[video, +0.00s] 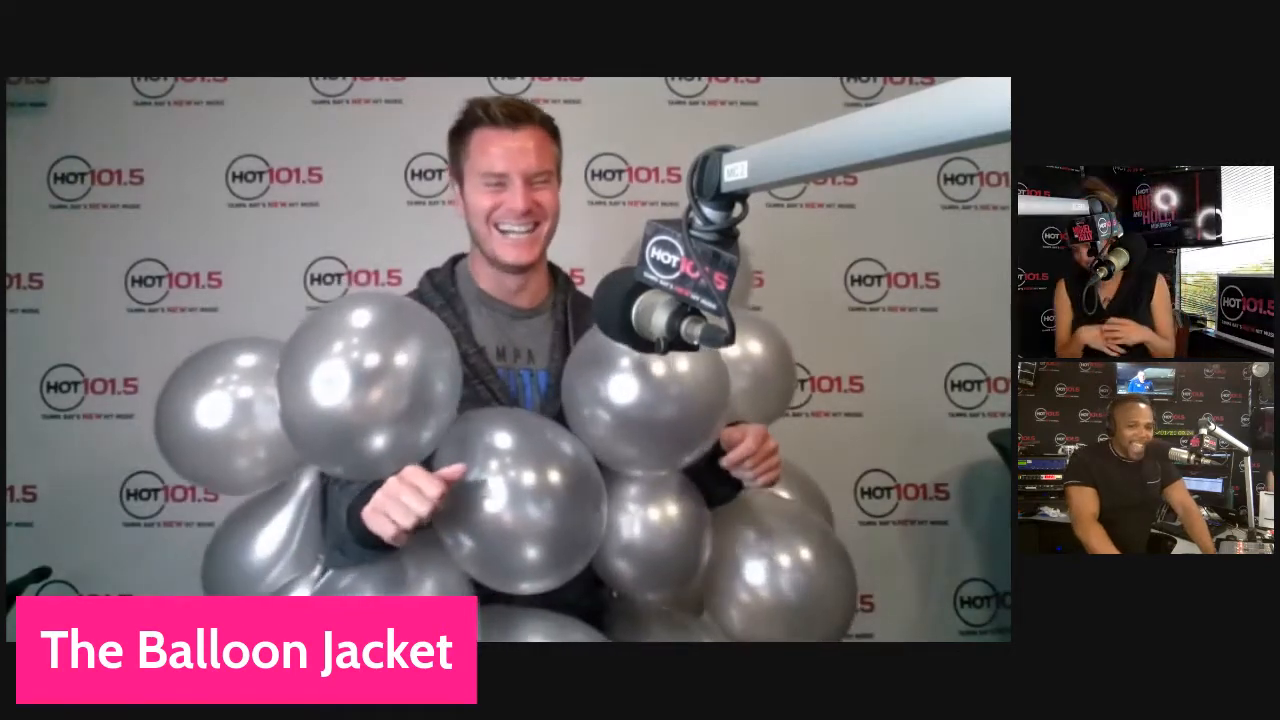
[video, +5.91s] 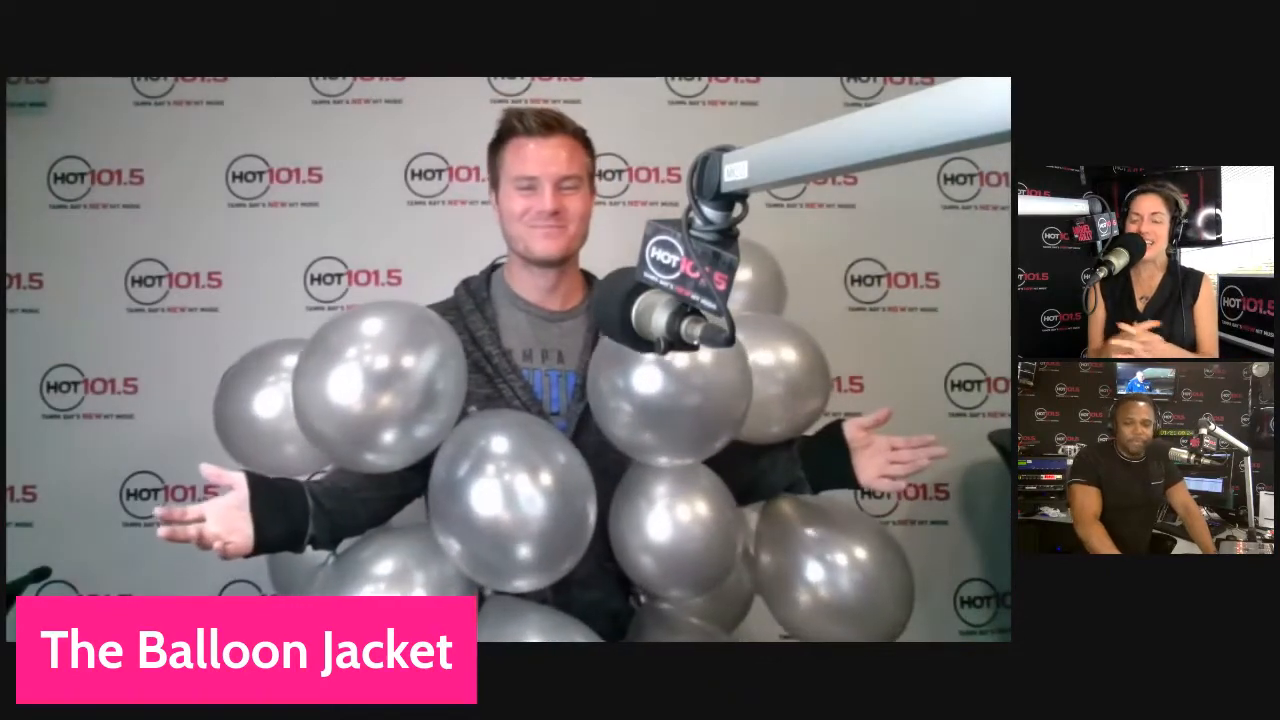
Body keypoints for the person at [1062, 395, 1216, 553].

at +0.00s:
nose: (1142, 434)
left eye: (1148, 427)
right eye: (1132, 426)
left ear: (1154, 429)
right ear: (1111, 428)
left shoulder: (1156, 457)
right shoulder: (1086, 460)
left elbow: (1186, 507)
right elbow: (1085, 523)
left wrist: (1210, 552)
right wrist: (1118, 562)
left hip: (1142, 557)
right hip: (1097, 558)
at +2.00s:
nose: (1141, 431)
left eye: (1147, 424)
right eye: (1130, 424)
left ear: (1153, 427)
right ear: (1111, 428)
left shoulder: (1157, 457)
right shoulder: (1088, 460)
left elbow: (1187, 508)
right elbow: (1086, 524)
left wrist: (1211, 552)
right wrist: (1119, 562)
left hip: (1143, 554)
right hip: (1100, 555)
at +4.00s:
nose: (1142, 430)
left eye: (1147, 423)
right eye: (1132, 423)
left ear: (1153, 427)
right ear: (1112, 428)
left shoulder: (1157, 457)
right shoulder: (1087, 460)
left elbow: (1187, 508)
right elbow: (1086, 524)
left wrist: (1211, 553)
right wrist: (1120, 564)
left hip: (1143, 556)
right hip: (1098, 558)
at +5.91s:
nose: (1138, 431)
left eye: (1146, 424)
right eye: (1129, 423)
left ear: (1154, 429)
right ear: (1114, 427)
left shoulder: (1159, 459)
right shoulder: (1091, 459)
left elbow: (1188, 509)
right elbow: (1087, 523)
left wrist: (1211, 552)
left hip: (1142, 555)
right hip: (1098, 555)